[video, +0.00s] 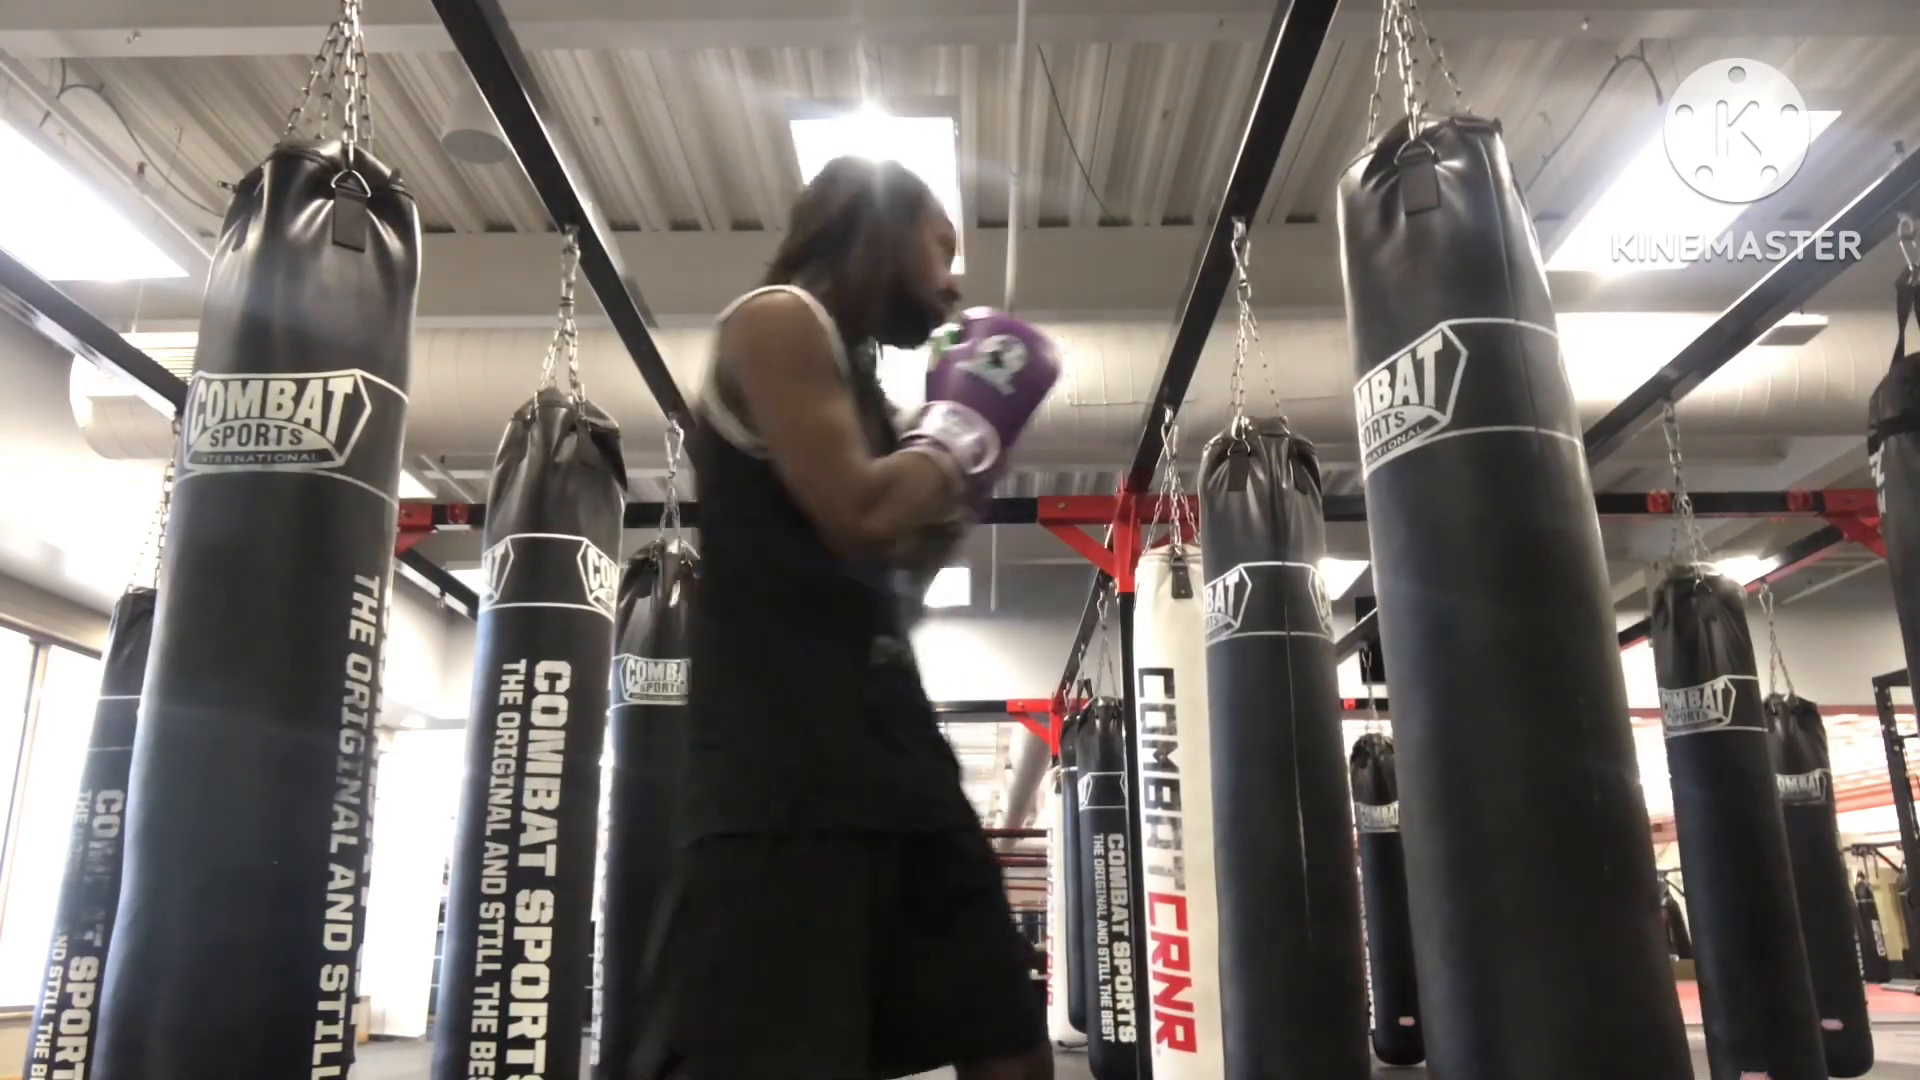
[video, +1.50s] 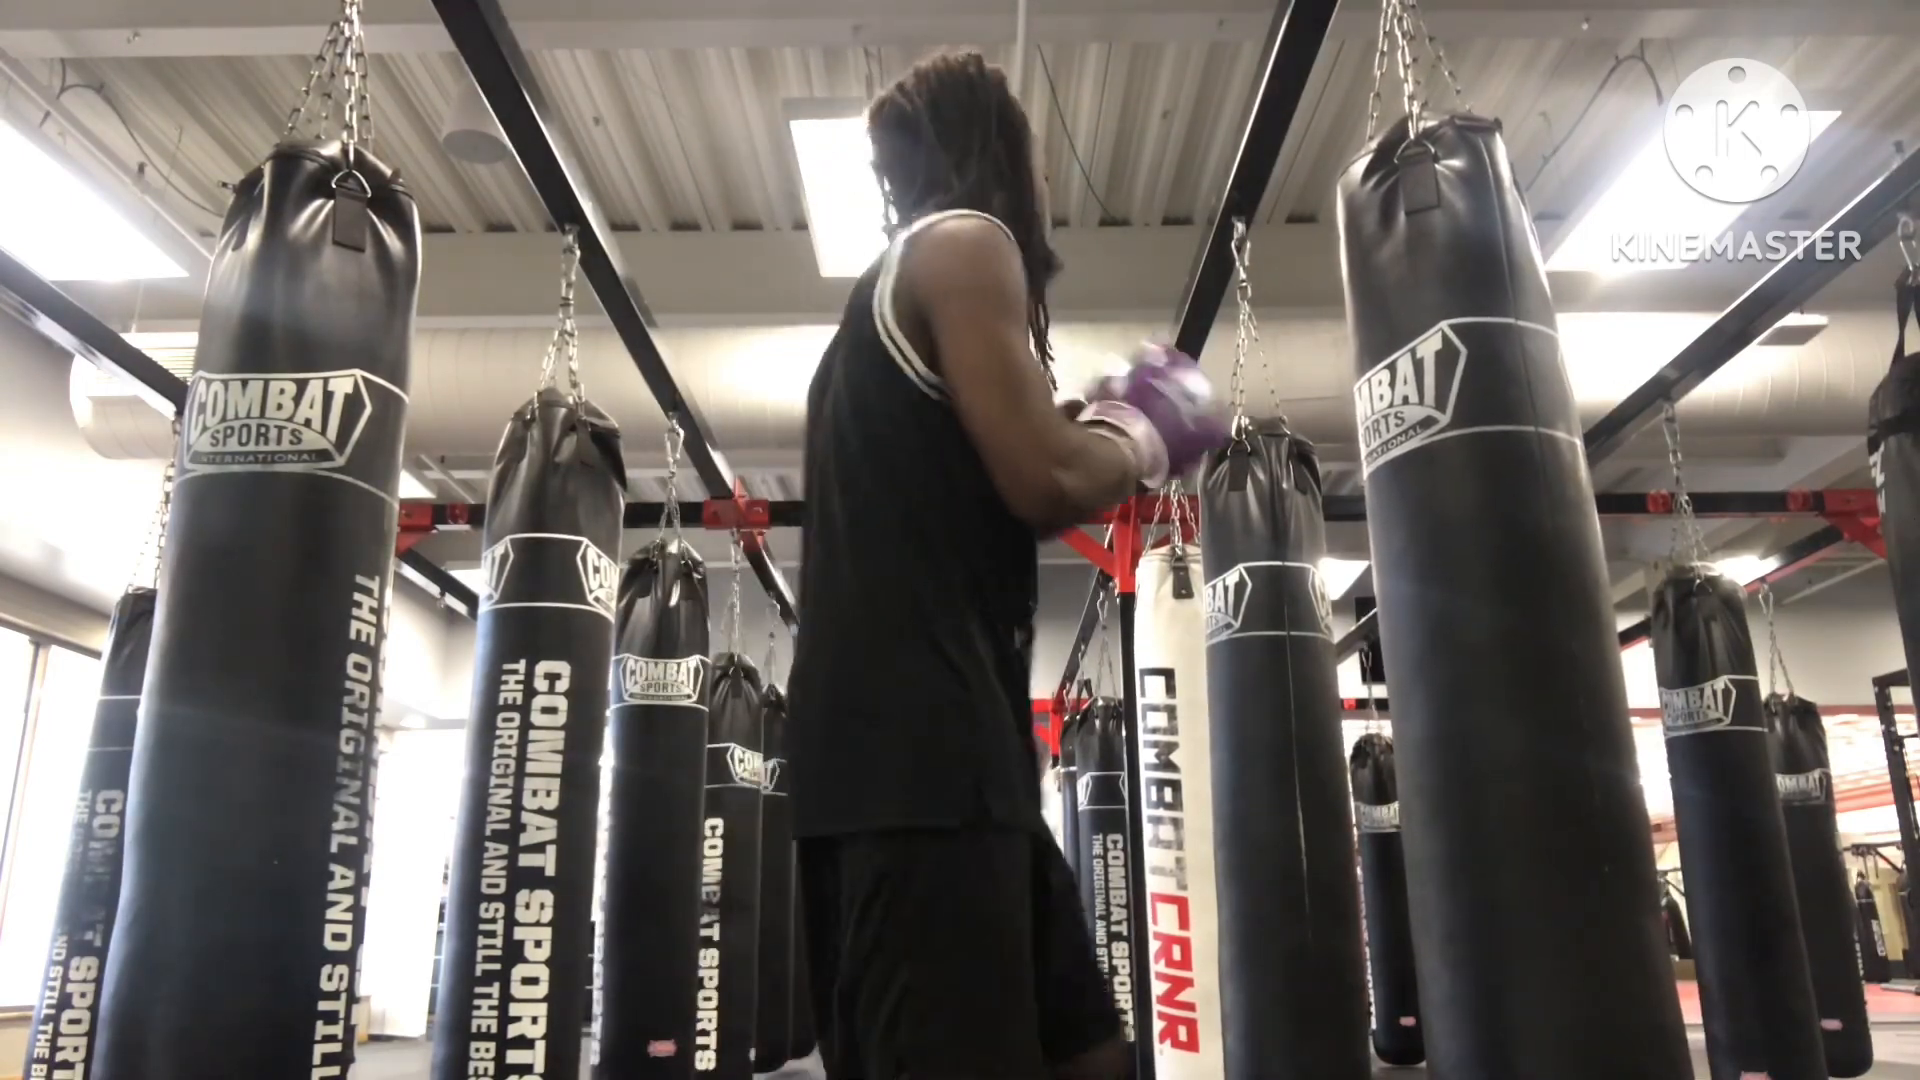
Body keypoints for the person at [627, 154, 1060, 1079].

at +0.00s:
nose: (954, 278)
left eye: (954, 253)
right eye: (942, 248)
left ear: (879, 245)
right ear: (878, 237)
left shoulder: (849, 373)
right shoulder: (776, 318)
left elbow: (912, 555)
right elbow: (860, 513)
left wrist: (964, 451)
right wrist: (960, 420)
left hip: (872, 734)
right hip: (790, 738)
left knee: (1003, 1031)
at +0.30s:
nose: (1032, 268)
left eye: (1029, 243)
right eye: (1019, 236)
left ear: (945, 231)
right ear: (963, 224)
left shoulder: (943, 362)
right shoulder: (885, 285)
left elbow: (990, 583)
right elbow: (974, 470)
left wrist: (1046, 453)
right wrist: (1062, 399)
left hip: (947, 749)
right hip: (865, 740)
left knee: (998, 1041)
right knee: (859, 1044)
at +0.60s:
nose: (1023, 224)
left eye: (1022, 198)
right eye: (1015, 193)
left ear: (900, 168)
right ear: (971, 178)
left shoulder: (851, 282)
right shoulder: (904, 239)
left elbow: (984, 494)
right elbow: (992, 475)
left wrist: (1073, 418)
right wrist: (1075, 408)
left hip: (844, 777)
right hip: (891, 776)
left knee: (886, 1043)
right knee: (941, 1041)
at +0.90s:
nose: (1016, 147)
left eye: (1013, 122)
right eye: (1006, 118)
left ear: (877, 116)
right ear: (962, 111)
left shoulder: (824, 260)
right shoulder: (910, 198)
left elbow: (908, 466)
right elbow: (996, 449)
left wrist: (1031, 384)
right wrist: (1083, 396)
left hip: (813, 762)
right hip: (890, 764)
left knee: (825, 1041)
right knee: (946, 1039)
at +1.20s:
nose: (1034, 162)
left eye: (1027, 139)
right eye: (1023, 137)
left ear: (903, 144)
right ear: (990, 138)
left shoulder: (889, 257)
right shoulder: (939, 227)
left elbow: (995, 457)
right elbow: (1013, 463)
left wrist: (1066, 400)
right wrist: (1104, 409)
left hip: (867, 758)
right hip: (916, 761)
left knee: (885, 1046)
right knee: (947, 1046)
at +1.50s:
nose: (1037, 172)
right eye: (1029, 148)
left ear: (897, 164)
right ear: (1003, 146)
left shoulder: (880, 298)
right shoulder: (961, 245)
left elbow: (987, 483)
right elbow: (1047, 482)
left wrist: (1100, 413)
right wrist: (1147, 430)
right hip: (931, 772)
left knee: (1086, 1045)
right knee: (954, 1052)